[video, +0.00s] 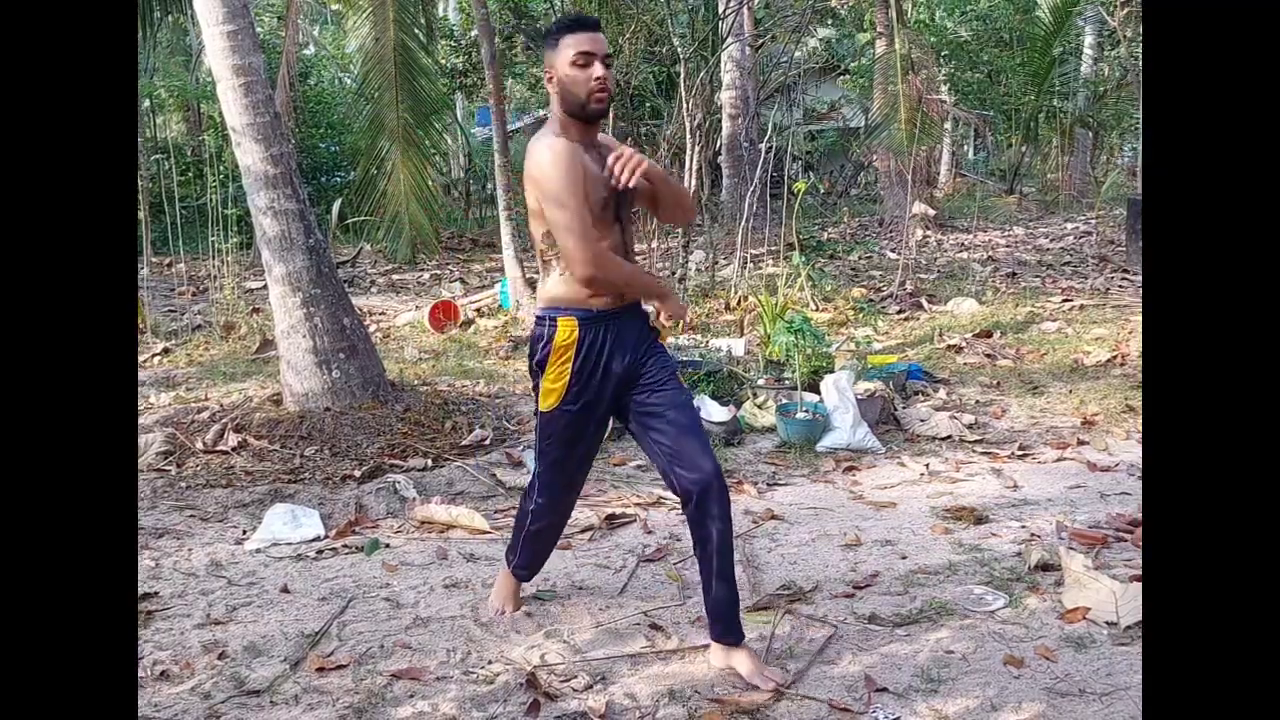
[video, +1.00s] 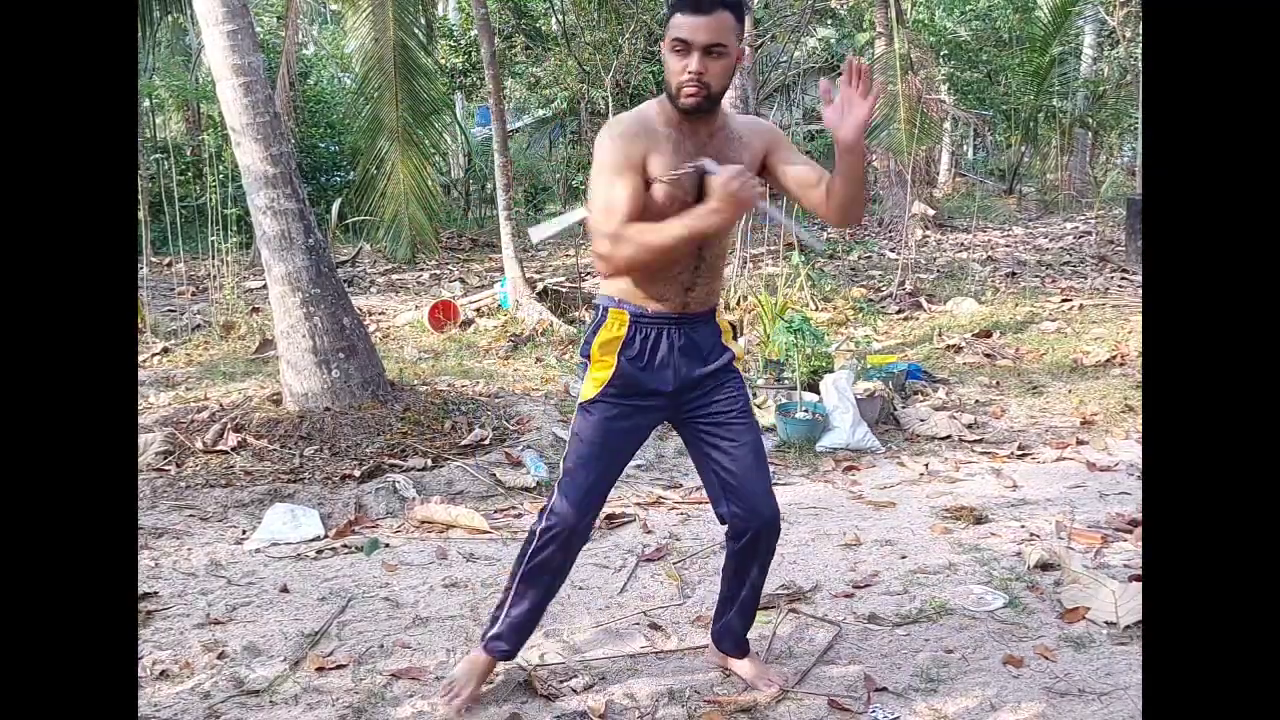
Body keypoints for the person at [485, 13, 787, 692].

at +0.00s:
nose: (601, 73)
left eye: (606, 61)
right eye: (583, 62)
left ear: (610, 72)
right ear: (548, 77)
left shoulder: (605, 147)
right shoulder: (553, 153)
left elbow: (683, 213)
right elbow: (588, 265)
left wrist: (651, 173)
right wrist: (660, 290)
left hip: (633, 334)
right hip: (574, 338)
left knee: (703, 479)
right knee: (555, 489)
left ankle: (727, 641)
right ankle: (511, 579)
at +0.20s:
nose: (686, 86)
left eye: (694, 73)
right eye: (670, 70)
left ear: (699, 78)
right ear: (633, 72)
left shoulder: (688, 158)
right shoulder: (599, 141)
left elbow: (730, 255)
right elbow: (530, 220)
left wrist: (686, 230)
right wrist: (572, 310)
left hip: (666, 340)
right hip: (601, 342)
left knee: (729, 488)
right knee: (565, 483)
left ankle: (732, 644)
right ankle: (521, 573)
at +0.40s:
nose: (722, 78)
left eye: (737, 61)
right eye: (706, 61)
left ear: (752, 60)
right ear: (674, 57)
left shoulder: (766, 145)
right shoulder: (625, 129)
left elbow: (777, 258)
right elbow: (538, 201)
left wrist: (671, 254)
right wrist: (558, 236)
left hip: (714, 336)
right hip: (630, 332)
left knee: (741, 497)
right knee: (578, 477)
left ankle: (731, 644)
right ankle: (562, 574)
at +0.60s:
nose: (707, 71)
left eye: (724, 53)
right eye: (690, 52)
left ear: (743, 46)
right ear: (664, 46)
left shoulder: (763, 134)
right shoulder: (630, 126)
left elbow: (732, 263)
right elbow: (558, 216)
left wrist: (626, 254)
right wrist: (586, 117)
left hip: (740, 334)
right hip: (654, 331)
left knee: (748, 503)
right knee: (604, 493)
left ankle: (732, 641)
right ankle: (551, 660)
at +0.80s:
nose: (705, 59)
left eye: (723, 42)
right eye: (690, 41)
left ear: (745, 41)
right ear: (665, 41)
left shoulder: (775, 129)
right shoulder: (622, 117)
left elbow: (819, 239)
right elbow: (530, 160)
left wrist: (730, 252)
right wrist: (512, 138)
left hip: (735, 338)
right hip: (645, 333)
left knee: (751, 512)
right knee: (603, 500)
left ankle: (733, 644)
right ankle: (556, 661)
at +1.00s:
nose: (694, 69)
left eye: (714, 53)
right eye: (681, 49)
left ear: (740, 55)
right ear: (662, 50)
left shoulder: (758, 137)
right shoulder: (625, 135)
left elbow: (842, 212)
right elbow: (611, 253)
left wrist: (849, 145)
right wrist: (712, 218)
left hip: (706, 347)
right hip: (625, 345)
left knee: (757, 516)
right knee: (568, 513)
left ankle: (730, 640)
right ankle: (490, 654)